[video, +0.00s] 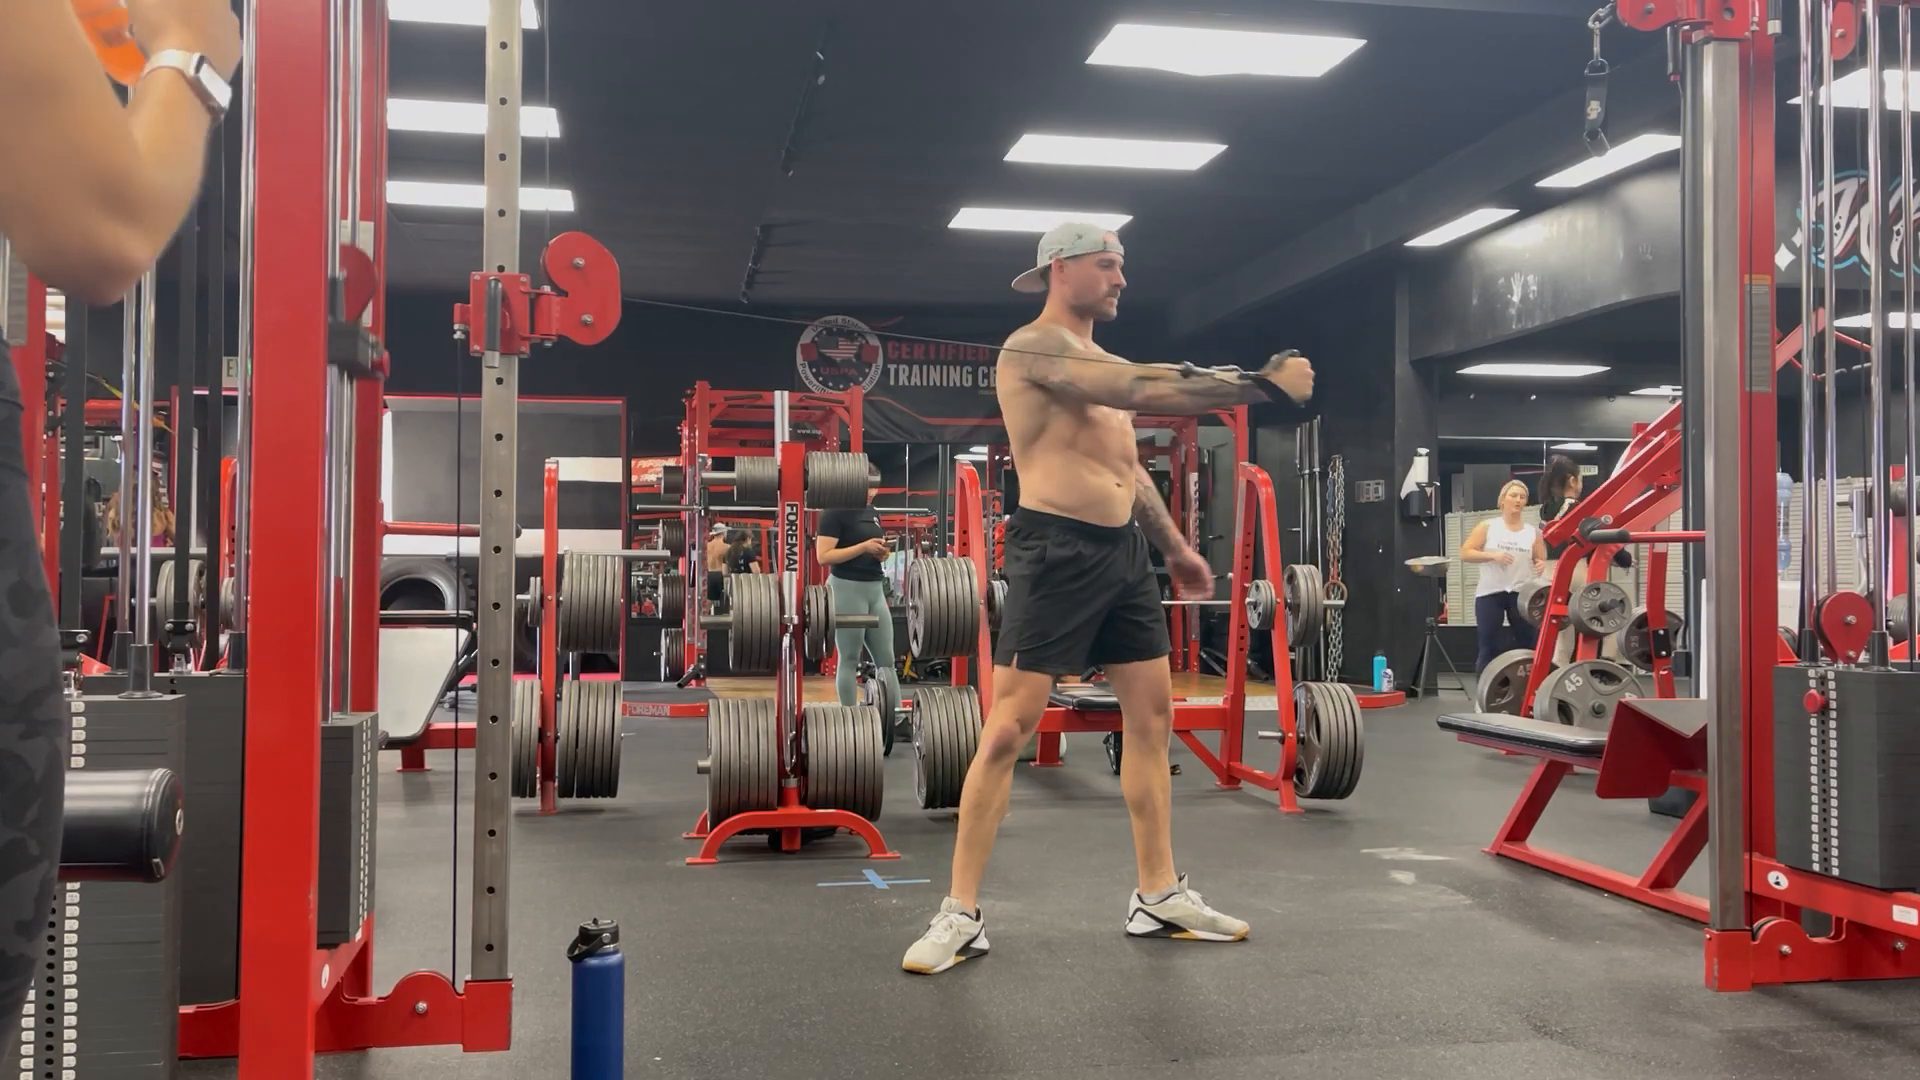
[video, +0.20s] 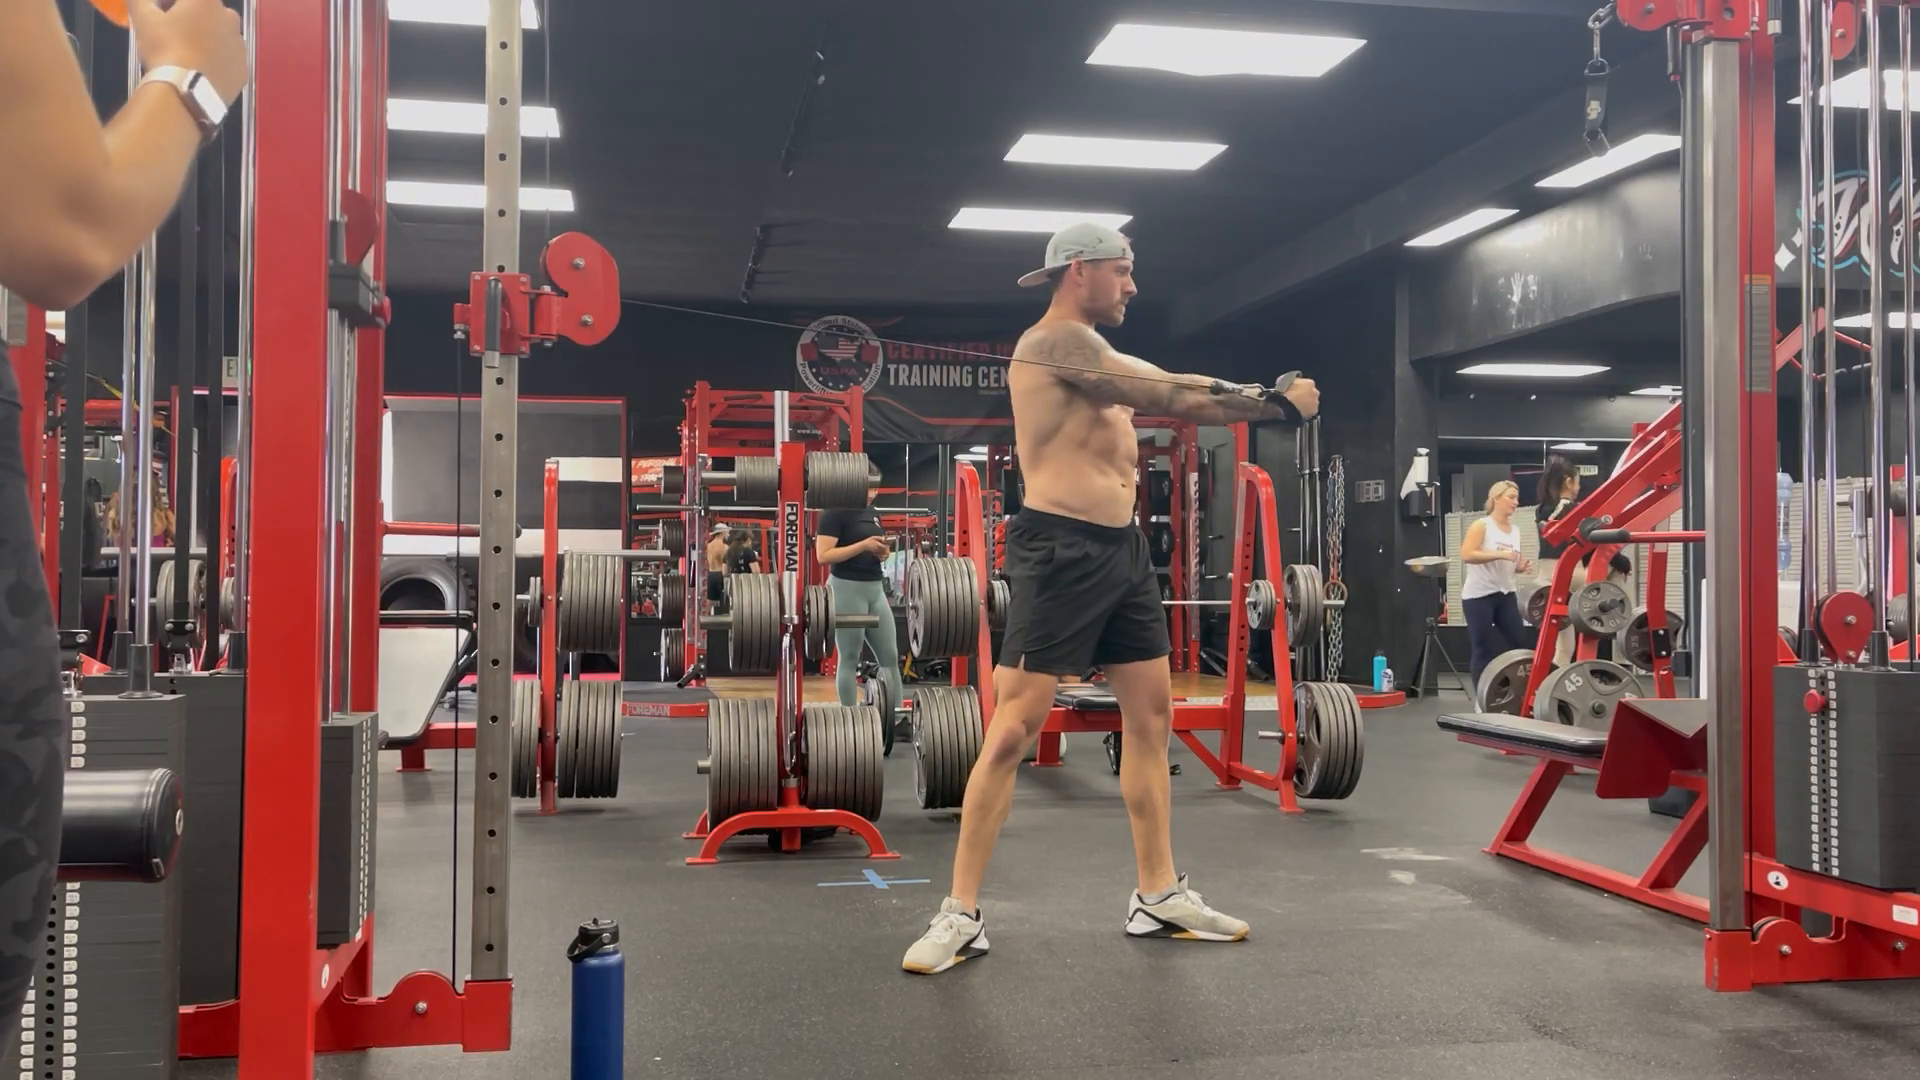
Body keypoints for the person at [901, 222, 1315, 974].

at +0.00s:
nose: (1121, 277)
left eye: (1121, 266)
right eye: (1107, 263)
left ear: (1096, 279)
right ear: (1059, 271)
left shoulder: (1107, 366)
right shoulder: (1029, 346)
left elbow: (1129, 473)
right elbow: (1129, 384)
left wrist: (1177, 548)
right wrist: (1259, 382)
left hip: (1126, 554)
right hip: (1053, 551)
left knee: (1152, 718)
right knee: (1006, 733)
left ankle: (1158, 894)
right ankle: (960, 910)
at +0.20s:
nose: (1132, 285)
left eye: (1132, 273)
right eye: (1122, 271)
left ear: (1089, 276)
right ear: (1078, 272)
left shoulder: (1103, 356)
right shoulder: (1055, 340)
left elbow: (1178, 400)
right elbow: (1156, 389)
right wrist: (1270, 398)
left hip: (1124, 554)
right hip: (1056, 549)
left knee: (1151, 719)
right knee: (1011, 733)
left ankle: (1158, 894)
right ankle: (960, 909)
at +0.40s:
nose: (1139, 288)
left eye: (1140, 276)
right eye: (1131, 274)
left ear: (1090, 274)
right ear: (1090, 272)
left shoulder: (1098, 346)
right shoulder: (1068, 337)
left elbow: (1181, 398)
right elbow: (1173, 394)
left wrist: (1247, 403)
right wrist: (1259, 407)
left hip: (1126, 553)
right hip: (1061, 550)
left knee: (1152, 717)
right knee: (1015, 734)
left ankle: (1158, 895)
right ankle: (961, 910)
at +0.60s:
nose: (1141, 285)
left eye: (1141, 274)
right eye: (1131, 271)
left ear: (1095, 273)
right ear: (1089, 270)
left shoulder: (1107, 353)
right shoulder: (1066, 336)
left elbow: (1189, 404)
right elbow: (1163, 390)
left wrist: (1270, 408)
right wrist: (1265, 406)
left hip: (1127, 554)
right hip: (1060, 550)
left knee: (1155, 717)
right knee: (1014, 735)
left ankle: (1158, 894)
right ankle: (960, 910)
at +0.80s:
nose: (1132, 280)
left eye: (1132, 268)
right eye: (1120, 266)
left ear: (1093, 275)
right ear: (1073, 270)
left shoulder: (1110, 360)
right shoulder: (1044, 340)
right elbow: (1152, 388)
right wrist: (1267, 396)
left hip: (1129, 553)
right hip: (1056, 550)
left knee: (1155, 720)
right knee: (1009, 733)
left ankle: (1159, 895)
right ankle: (961, 910)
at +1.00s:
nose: (1120, 275)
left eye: (1120, 265)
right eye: (1106, 262)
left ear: (1103, 280)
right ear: (1058, 272)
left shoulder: (1118, 364)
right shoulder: (1028, 343)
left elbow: (1144, 465)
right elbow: (1117, 385)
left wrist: (1187, 543)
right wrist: (1246, 382)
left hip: (1135, 552)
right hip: (1056, 550)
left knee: (1155, 719)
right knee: (1004, 733)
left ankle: (1157, 894)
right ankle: (961, 910)